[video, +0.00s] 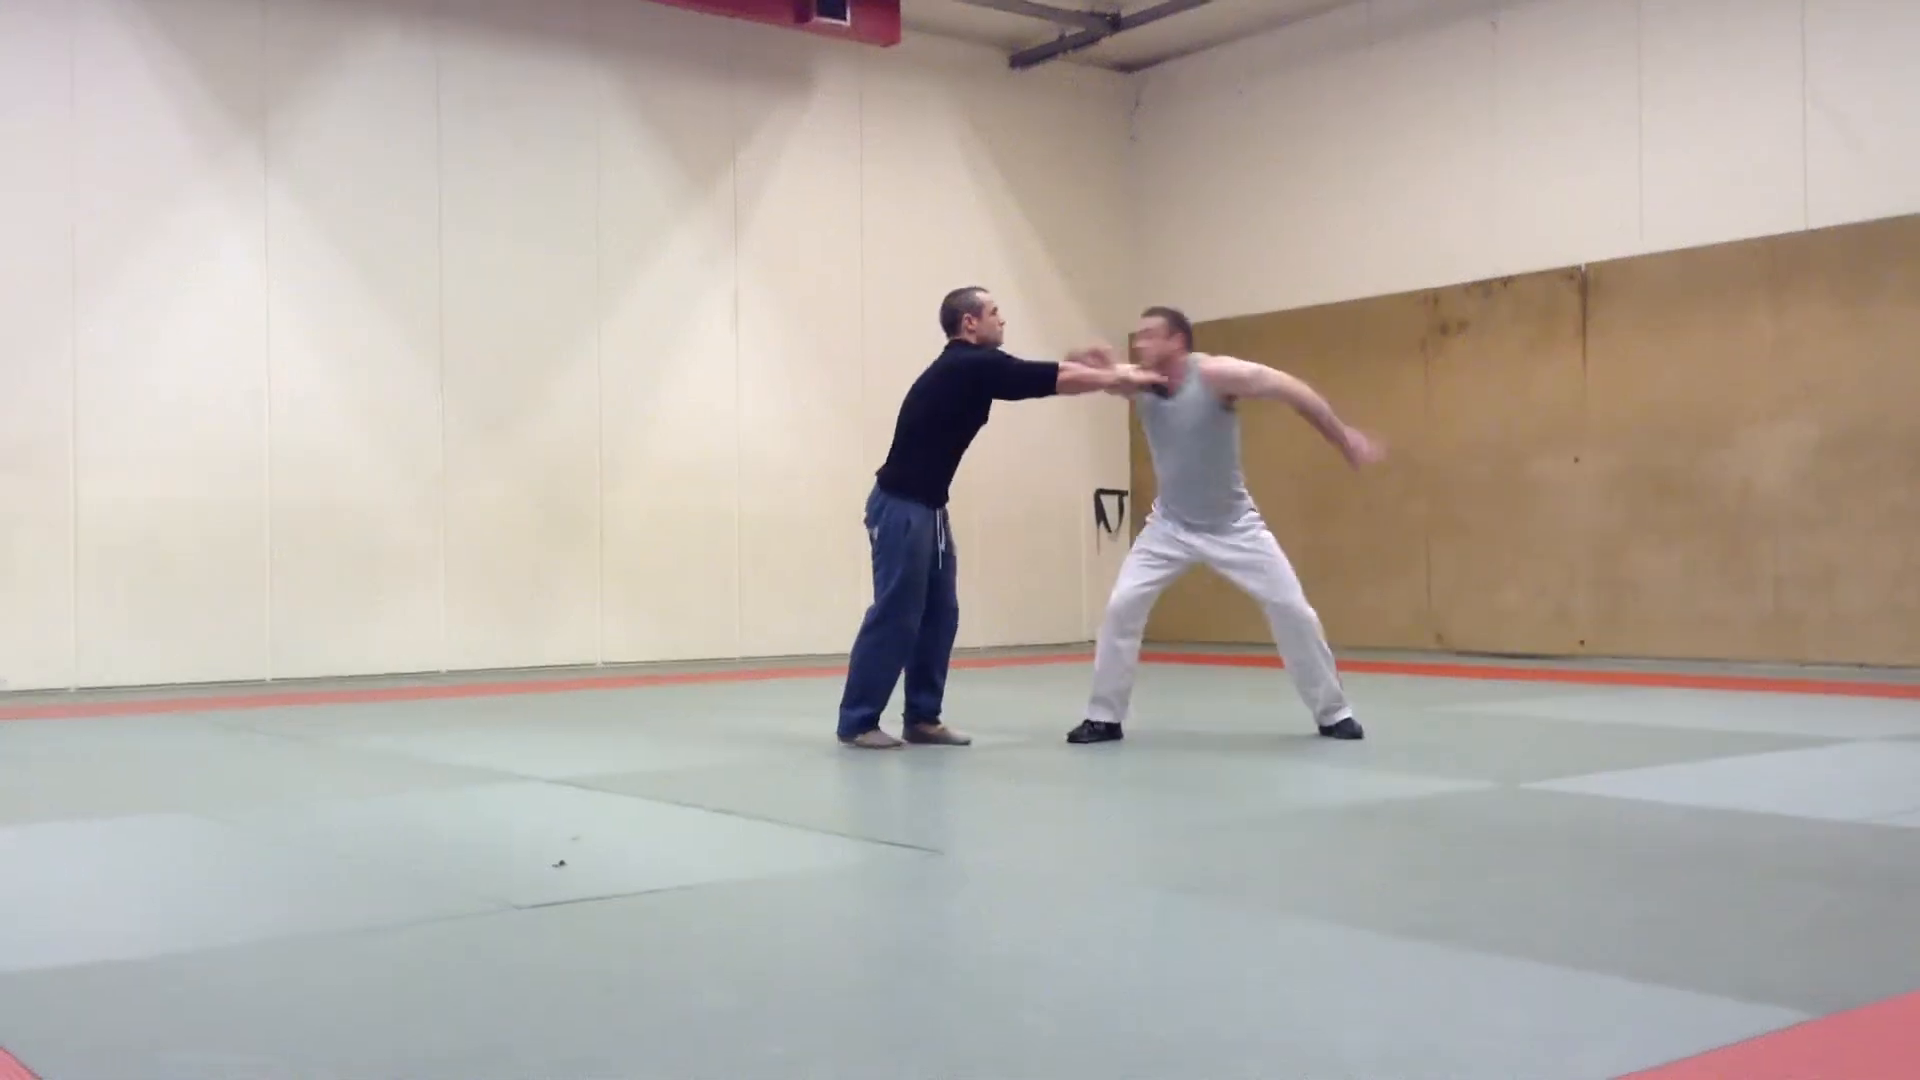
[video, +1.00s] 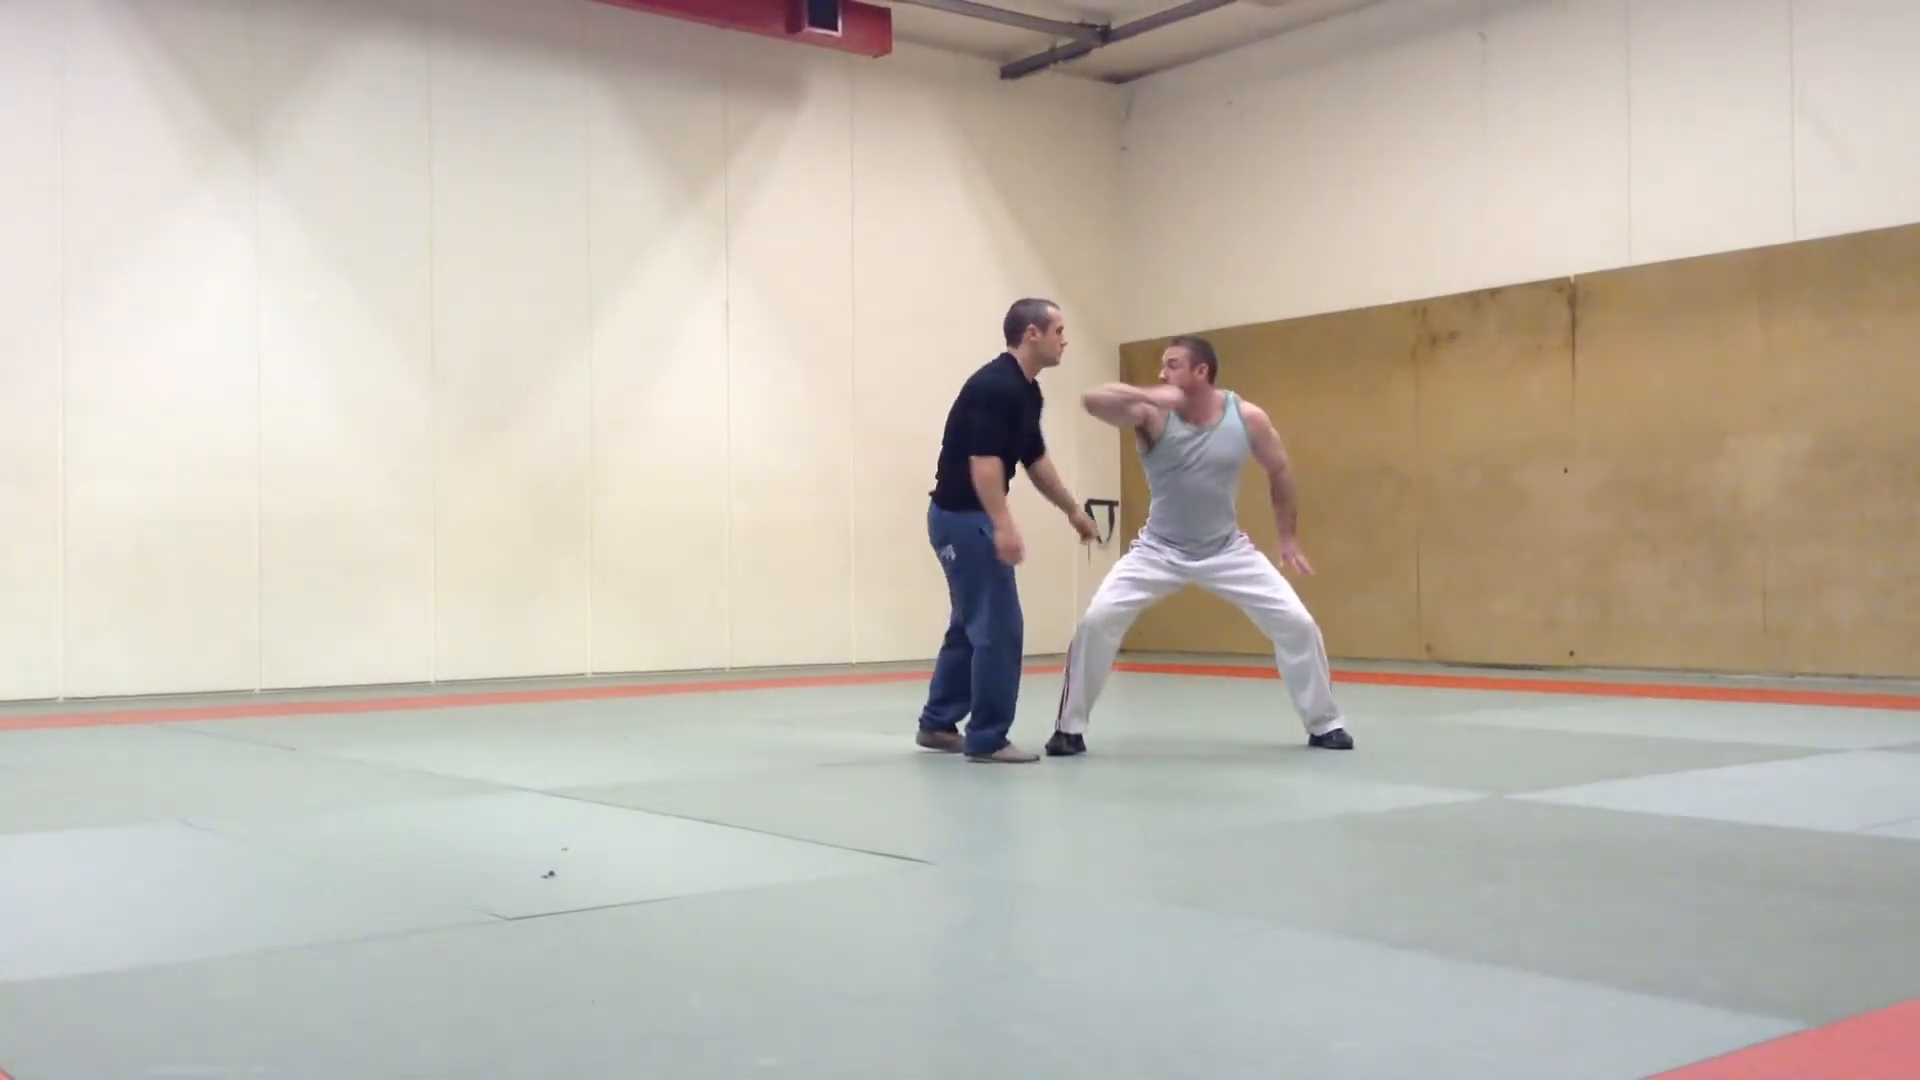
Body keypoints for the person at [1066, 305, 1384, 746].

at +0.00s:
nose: (1140, 345)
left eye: (1149, 336)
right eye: (1138, 337)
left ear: (1179, 341)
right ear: (1138, 345)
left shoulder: (1214, 374)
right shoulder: (1141, 383)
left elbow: (1292, 389)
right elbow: (1110, 383)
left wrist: (1344, 438)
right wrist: (1101, 369)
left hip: (1235, 527)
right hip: (1169, 527)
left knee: (1295, 612)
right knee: (1122, 606)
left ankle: (1332, 712)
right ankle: (1104, 717)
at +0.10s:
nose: (1194, 342)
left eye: (1202, 333)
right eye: (1186, 334)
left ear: (1219, 339)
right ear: (1174, 342)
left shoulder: (1255, 376)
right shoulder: (1158, 384)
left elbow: (1312, 409)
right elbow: (1088, 389)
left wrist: (1339, 472)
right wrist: (1098, 366)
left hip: (1247, 526)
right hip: (1178, 526)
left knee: (1303, 604)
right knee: (1128, 606)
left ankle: (1332, 711)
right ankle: (1101, 712)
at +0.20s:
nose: (1241, 348)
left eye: (1248, 339)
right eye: (1230, 339)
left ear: (1256, 344)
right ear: (1208, 344)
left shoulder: (1276, 389)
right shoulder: (1188, 393)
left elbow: (1293, 437)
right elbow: (1133, 403)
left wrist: (1308, 490)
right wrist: (1100, 385)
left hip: (1250, 528)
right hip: (1183, 526)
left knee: (1308, 605)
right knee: (1132, 604)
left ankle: (1331, 711)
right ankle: (1084, 711)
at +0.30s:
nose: (1259, 361)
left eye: (1263, 353)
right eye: (1249, 353)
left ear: (1269, 357)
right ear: (1224, 358)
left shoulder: (1274, 402)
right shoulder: (1206, 401)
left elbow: (1271, 454)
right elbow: (1173, 421)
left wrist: (1289, 501)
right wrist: (1144, 426)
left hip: (1245, 536)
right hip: (1181, 536)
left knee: (1310, 605)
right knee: (1129, 614)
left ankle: (1329, 714)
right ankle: (1077, 720)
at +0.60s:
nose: (1194, 375)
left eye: (1203, 367)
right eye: (1192, 369)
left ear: (1234, 372)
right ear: (1194, 377)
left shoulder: (1269, 419)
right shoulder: (1176, 418)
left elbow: (1286, 473)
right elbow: (1172, 435)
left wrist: (1288, 535)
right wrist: (1200, 396)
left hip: (1236, 550)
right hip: (1169, 548)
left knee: (1305, 619)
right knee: (1110, 619)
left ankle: (1324, 722)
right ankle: (1073, 726)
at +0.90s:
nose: (1163, 376)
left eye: (1173, 368)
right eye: (1162, 368)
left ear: (1202, 373)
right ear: (1165, 375)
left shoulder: (1246, 418)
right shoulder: (1158, 416)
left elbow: (1278, 471)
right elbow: (1118, 407)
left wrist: (1286, 537)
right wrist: (1181, 414)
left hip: (1225, 553)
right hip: (1157, 552)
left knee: (1297, 625)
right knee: (1096, 620)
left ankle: (1323, 724)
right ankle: (1069, 729)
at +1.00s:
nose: (1164, 375)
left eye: (1173, 366)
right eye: (1162, 367)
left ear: (1202, 371)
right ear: (1165, 375)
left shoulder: (1247, 418)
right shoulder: (1152, 413)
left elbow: (1280, 472)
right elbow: (1092, 400)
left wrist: (1287, 538)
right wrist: (1150, 396)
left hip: (1226, 551)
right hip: (1157, 551)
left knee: (1299, 625)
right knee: (1096, 621)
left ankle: (1323, 724)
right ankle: (1069, 729)